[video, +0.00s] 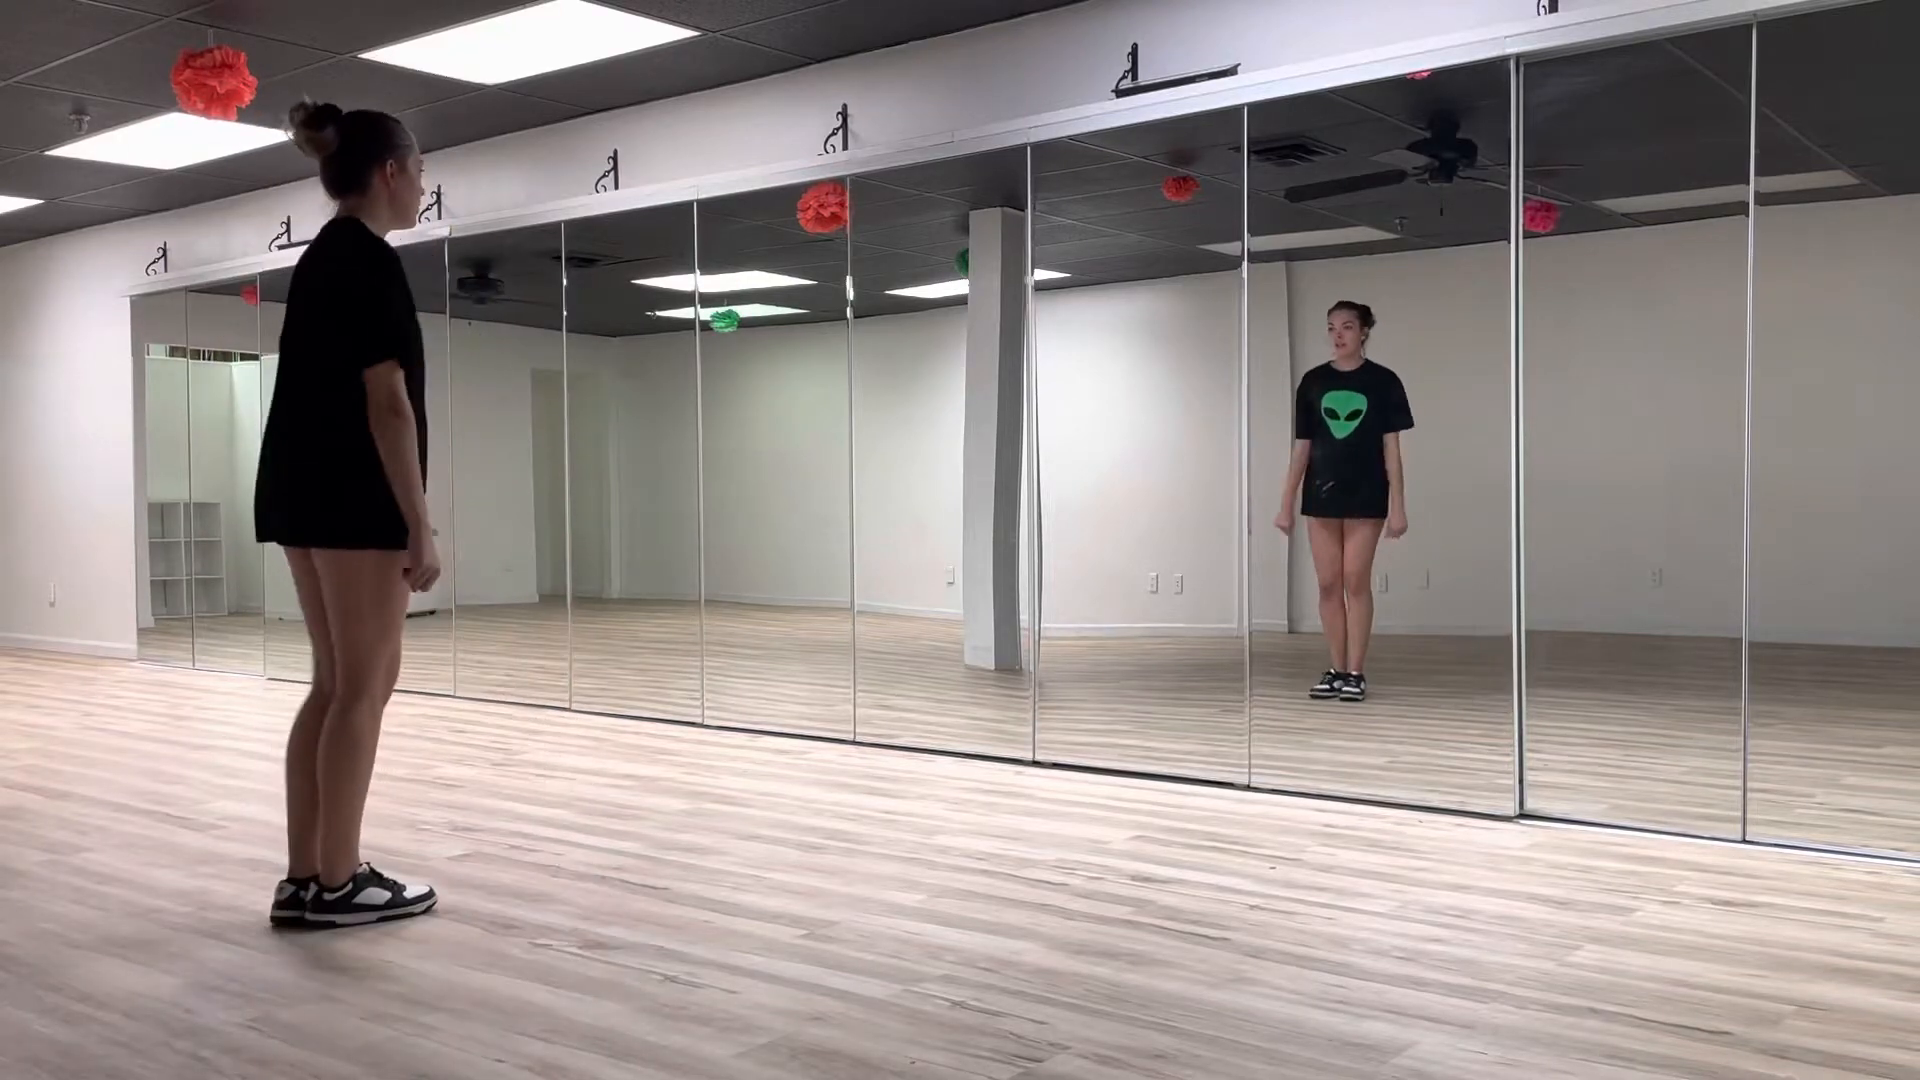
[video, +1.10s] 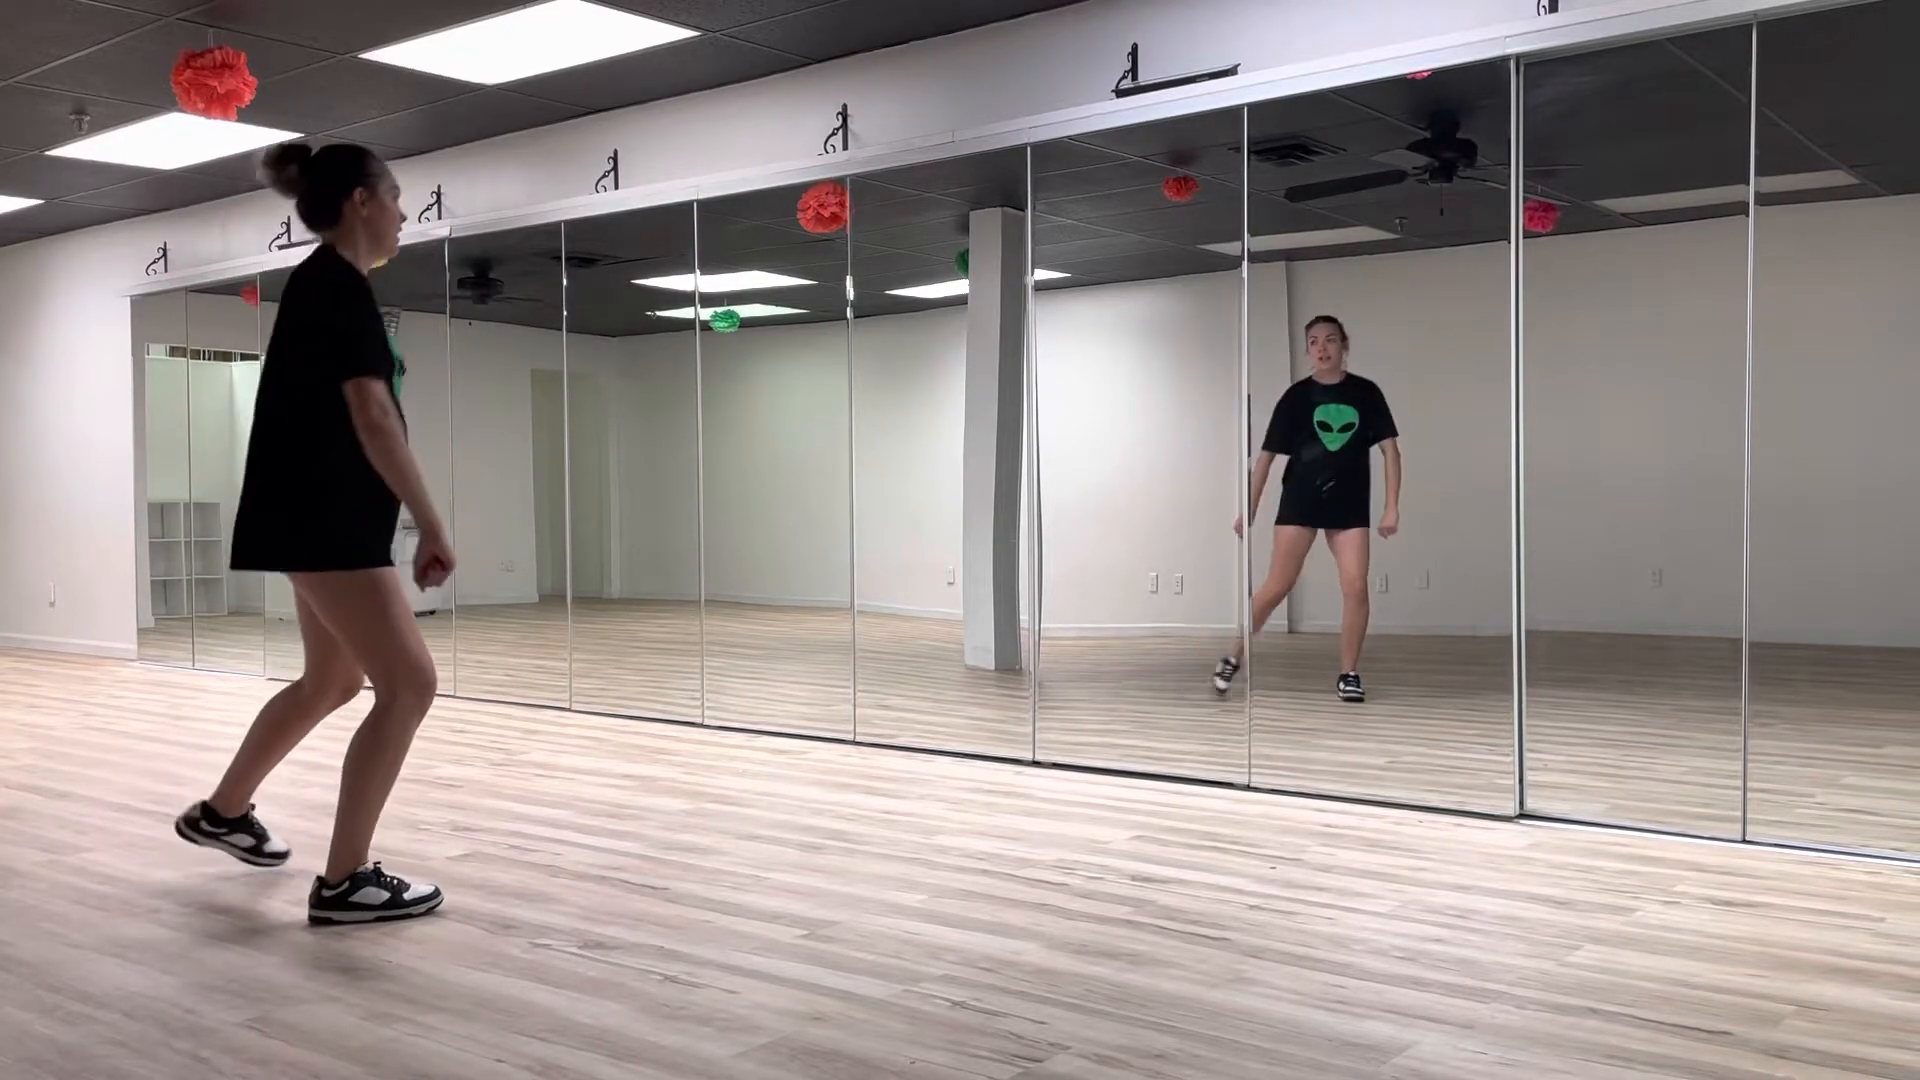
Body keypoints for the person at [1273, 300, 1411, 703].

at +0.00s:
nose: (1338, 334)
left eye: (1347, 327)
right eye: (1333, 328)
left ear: (1364, 333)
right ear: (1327, 333)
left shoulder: (1383, 381)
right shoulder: (1312, 381)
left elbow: (1391, 447)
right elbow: (1302, 448)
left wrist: (1397, 505)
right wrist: (1287, 502)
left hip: (1367, 496)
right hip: (1320, 497)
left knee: (1356, 582)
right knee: (1328, 584)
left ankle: (1355, 674)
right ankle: (1337, 670)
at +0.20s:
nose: (1334, 339)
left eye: (1343, 333)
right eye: (1328, 333)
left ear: (1358, 339)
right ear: (1321, 340)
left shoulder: (1377, 387)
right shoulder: (1305, 385)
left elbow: (1407, 433)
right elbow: (1279, 434)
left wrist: (1441, 466)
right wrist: (1252, 458)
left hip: (1359, 500)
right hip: (1310, 498)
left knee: (1354, 582)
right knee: (1303, 583)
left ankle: (1355, 673)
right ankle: (1300, 662)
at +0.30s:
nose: (1328, 338)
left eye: (1337, 331)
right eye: (1321, 331)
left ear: (1351, 337)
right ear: (1313, 338)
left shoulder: (1369, 383)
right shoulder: (1296, 382)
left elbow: (1412, 420)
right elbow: (1263, 426)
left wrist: (1439, 419)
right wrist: (1251, 414)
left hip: (1352, 494)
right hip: (1302, 491)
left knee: (1351, 582)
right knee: (1286, 580)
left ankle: (1355, 672)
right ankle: (1258, 651)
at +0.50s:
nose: (1308, 350)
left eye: (1315, 344)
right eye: (1300, 344)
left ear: (1325, 351)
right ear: (1290, 352)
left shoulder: (1344, 392)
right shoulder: (1273, 387)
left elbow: (1396, 399)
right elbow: (1213, 396)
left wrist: (1384, 380)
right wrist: (1254, 388)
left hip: (1325, 507)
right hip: (1276, 504)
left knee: (1355, 580)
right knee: (1248, 584)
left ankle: (1354, 674)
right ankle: (1198, 662)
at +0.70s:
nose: (1293, 376)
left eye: (1299, 368)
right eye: (1284, 369)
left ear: (1308, 373)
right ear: (1273, 375)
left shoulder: (1320, 412)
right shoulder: (1256, 409)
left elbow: (1368, 411)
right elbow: (1198, 418)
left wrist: (1349, 429)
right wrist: (1235, 445)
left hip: (1303, 525)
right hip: (1258, 523)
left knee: (1348, 584)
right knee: (1238, 606)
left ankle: (1348, 674)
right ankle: (1193, 675)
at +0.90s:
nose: (1302, 367)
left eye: (1309, 360)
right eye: (1293, 361)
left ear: (1319, 366)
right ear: (1283, 370)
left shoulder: (1337, 411)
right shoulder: (1268, 412)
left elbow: (1387, 444)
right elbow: (1222, 452)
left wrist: (1369, 482)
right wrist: (1238, 501)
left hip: (1320, 518)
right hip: (1272, 518)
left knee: (1351, 586)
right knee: (1245, 598)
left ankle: (1349, 674)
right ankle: (1196, 669)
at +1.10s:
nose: (1322, 347)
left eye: (1330, 340)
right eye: (1314, 342)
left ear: (1344, 346)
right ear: (1306, 350)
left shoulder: (1367, 393)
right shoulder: (1295, 396)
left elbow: (1390, 451)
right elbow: (1265, 457)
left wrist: (1391, 508)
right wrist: (1249, 510)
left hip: (1349, 505)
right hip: (1299, 504)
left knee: (1356, 587)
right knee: (1277, 585)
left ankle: (1349, 673)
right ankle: (1232, 658)